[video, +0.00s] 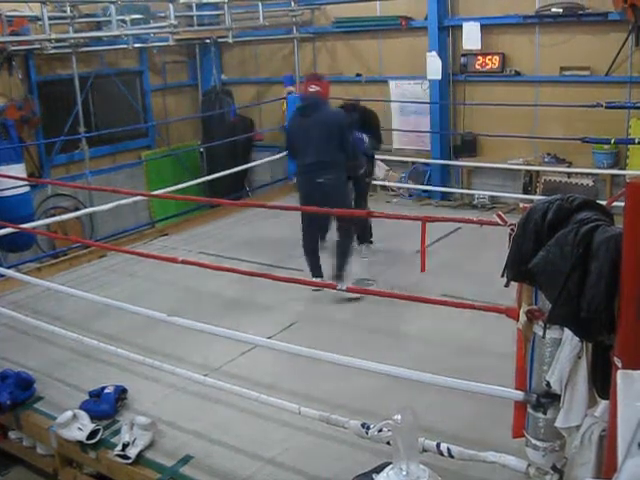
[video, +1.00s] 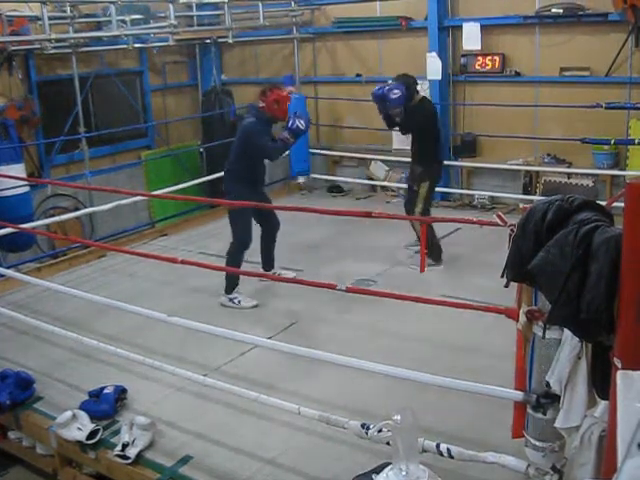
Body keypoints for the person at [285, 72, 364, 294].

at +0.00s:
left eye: (307, 92)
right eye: (324, 92)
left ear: (303, 94)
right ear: (325, 94)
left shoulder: (295, 121)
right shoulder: (338, 117)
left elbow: (292, 151)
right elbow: (349, 149)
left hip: (308, 180)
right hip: (335, 179)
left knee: (310, 227)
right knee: (345, 223)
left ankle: (316, 275)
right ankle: (339, 274)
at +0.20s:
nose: (315, 94)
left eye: (314, 90)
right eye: (313, 90)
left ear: (289, 92)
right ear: (308, 92)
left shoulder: (278, 121)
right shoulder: (312, 117)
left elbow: (275, 155)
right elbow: (330, 149)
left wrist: (297, 150)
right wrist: (351, 149)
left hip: (288, 183)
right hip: (310, 183)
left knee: (300, 234)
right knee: (314, 234)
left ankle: (317, 278)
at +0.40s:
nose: (300, 103)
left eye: (299, 98)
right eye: (297, 98)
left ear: (277, 98)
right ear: (290, 99)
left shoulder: (266, 120)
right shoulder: (287, 124)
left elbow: (285, 149)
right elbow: (303, 156)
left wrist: (307, 142)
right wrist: (318, 148)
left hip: (269, 188)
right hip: (282, 190)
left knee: (293, 235)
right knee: (281, 240)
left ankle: (314, 277)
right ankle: (244, 281)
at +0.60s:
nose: (285, 110)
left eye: (284, 105)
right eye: (281, 105)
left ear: (265, 106)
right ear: (272, 107)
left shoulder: (255, 128)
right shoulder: (262, 134)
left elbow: (262, 161)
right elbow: (276, 168)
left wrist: (284, 151)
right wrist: (296, 156)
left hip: (257, 194)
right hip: (257, 197)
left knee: (289, 225)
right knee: (258, 247)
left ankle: (300, 273)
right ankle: (230, 293)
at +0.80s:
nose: (277, 107)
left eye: (278, 102)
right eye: (274, 102)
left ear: (261, 102)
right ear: (262, 102)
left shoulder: (256, 123)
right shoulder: (250, 126)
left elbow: (263, 153)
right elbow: (265, 157)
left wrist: (283, 139)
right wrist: (287, 141)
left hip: (256, 189)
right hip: (244, 191)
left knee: (280, 223)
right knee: (250, 243)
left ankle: (274, 268)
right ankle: (230, 293)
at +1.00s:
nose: (282, 111)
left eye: (283, 106)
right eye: (279, 105)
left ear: (269, 105)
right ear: (266, 103)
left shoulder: (263, 125)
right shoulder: (252, 126)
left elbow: (272, 149)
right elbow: (271, 153)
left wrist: (289, 135)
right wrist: (290, 136)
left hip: (253, 187)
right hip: (237, 188)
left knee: (271, 224)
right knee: (242, 238)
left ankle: (269, 270)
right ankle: (229, 292)